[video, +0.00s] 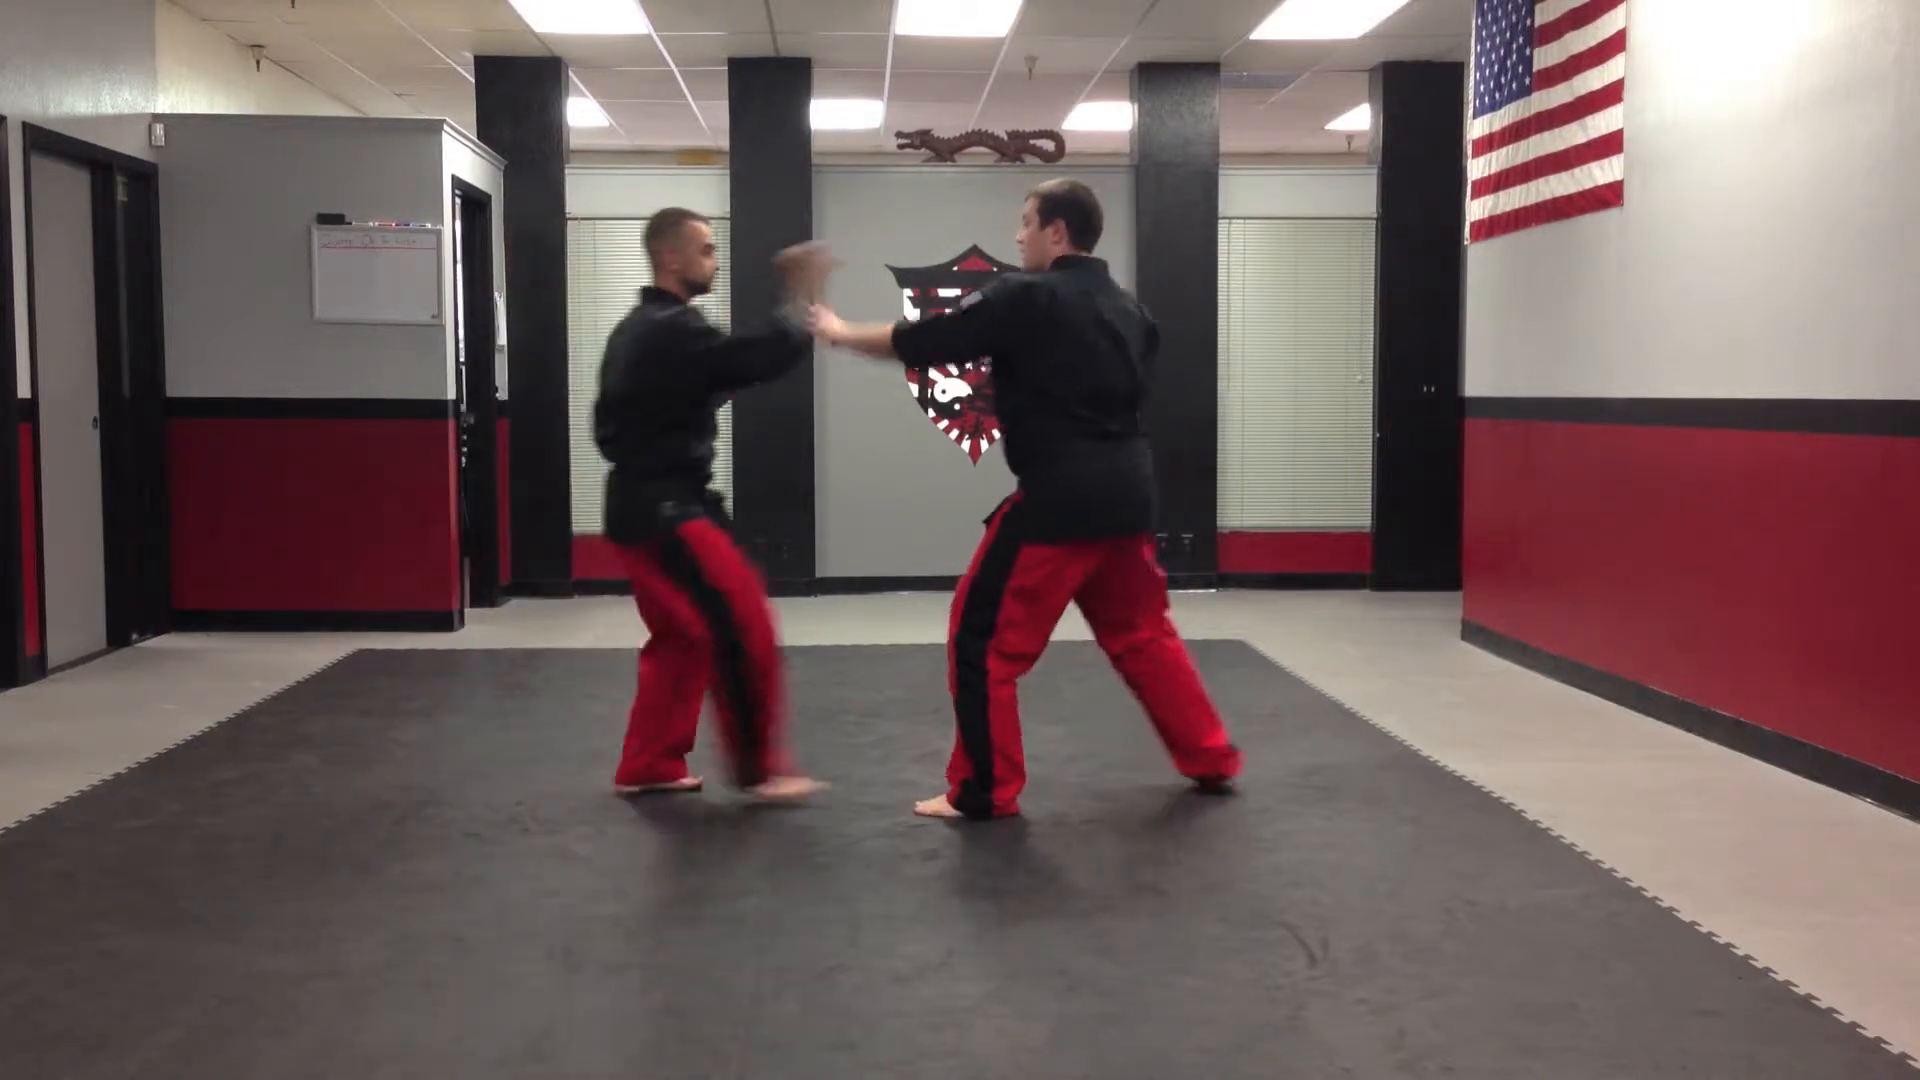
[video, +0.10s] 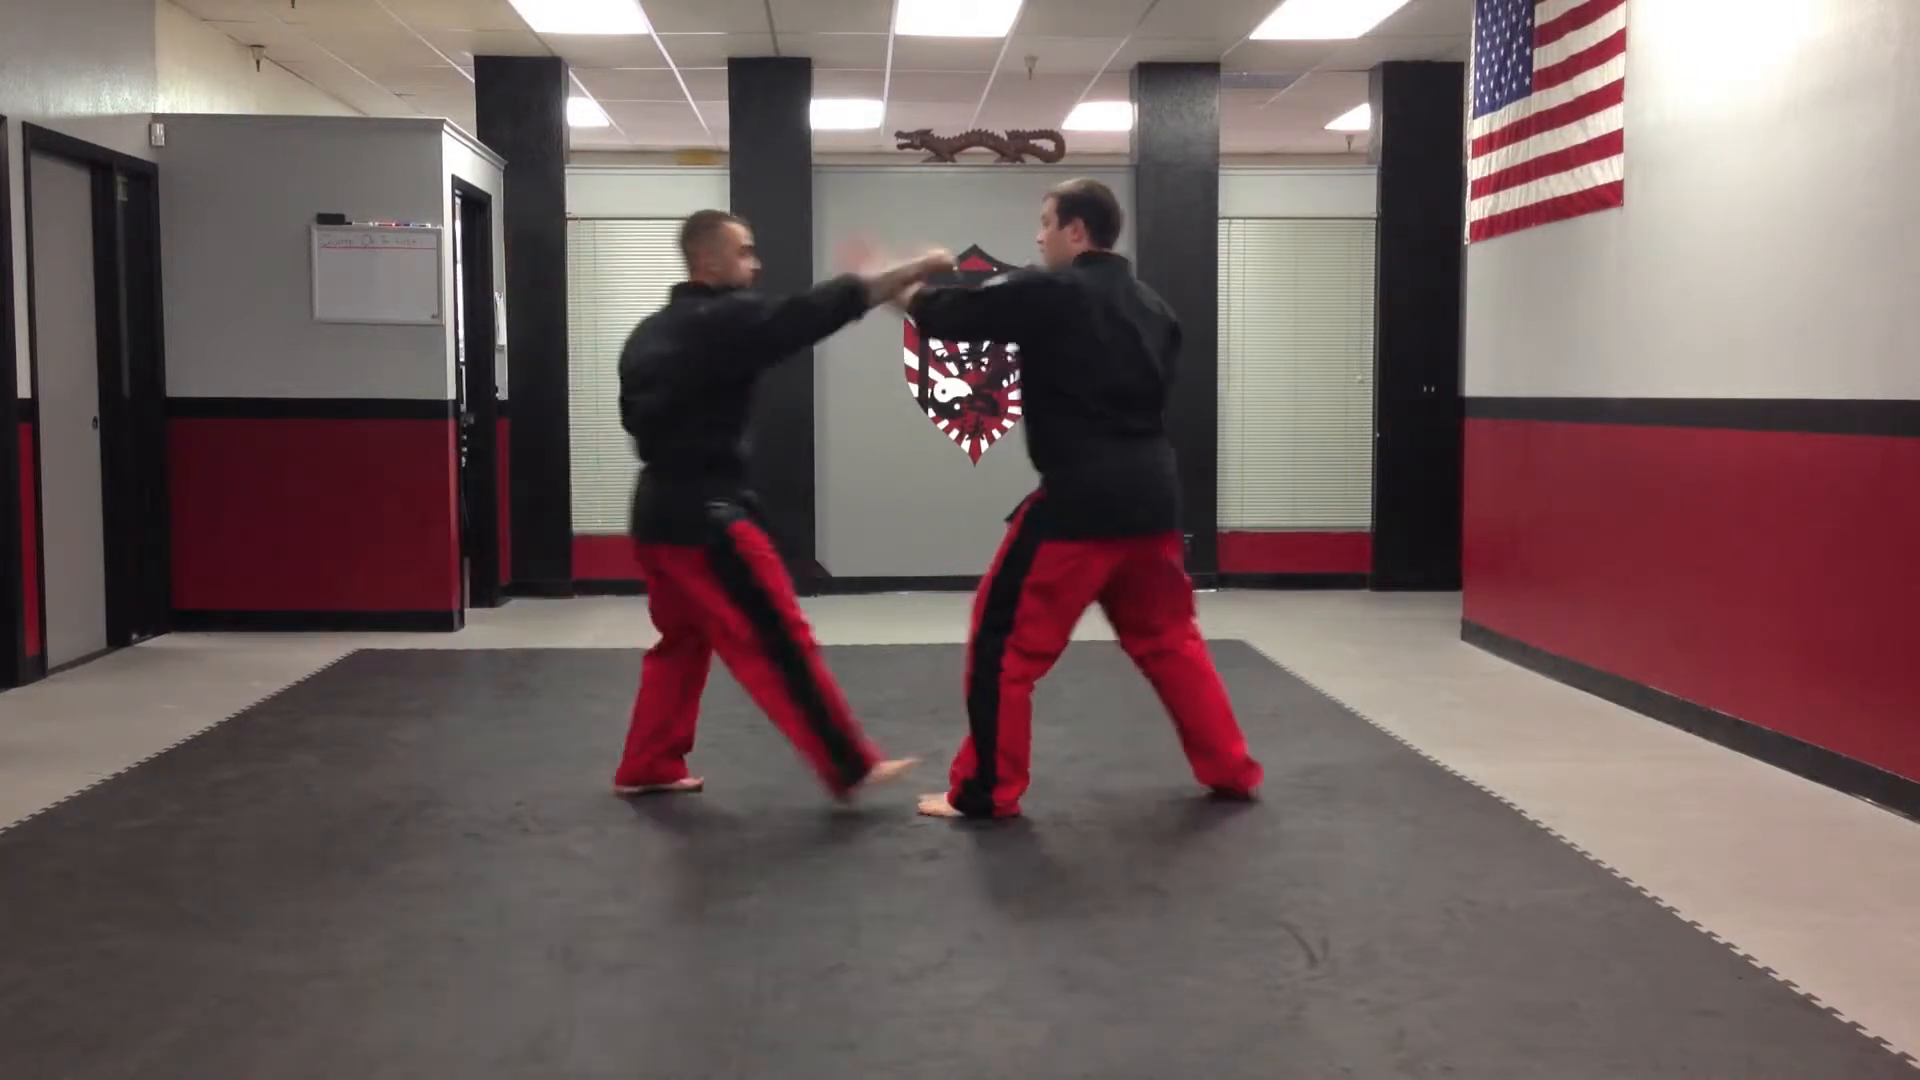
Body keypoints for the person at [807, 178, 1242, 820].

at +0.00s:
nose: (1019, 239)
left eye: (1025, 227)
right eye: (1021, 226)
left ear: (1057, 233)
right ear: (1083, 237)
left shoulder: (1027, 300)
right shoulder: (1127, 309)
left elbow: (928, 341)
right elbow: (1106, 393)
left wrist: (842, 333)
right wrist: (1011, 397)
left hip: (1051, 503)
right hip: (1126, 500)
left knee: (982, 638)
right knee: (1141, 632)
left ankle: (983, 793)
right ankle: (1213, 761)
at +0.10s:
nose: (1039, 239)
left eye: (1045, 226)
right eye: (1041, 226)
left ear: (1075, 231)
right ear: (1103, 234)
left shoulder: (1048, 291)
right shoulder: (1153, 307)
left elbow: (951, 313)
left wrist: (915, 287)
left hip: (1074, 504)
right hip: (1151, 503)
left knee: (1003, 644)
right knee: (1169, 637)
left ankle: (987, 794)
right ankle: (1233, 772)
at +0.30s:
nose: (1066, 252)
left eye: (1072, 239)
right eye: (1067, 240)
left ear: (1103, 240)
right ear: (1131, 242)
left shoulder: (1086, 307)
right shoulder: (1195, 309)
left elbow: (1022, 376)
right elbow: (1229, 403)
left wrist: (986, 315)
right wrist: (1162, 410)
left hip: (1103, 509)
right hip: (1187, 508)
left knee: (1037, 638)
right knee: (1195, 642)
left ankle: (1038, 779)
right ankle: (1232, 775)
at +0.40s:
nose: (1068, 258)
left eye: (1073, 245)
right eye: (1068, 245)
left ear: (1105, 245)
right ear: (1132, 248)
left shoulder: (1095, 314)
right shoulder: (1199, 312)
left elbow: (1062, 401)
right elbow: (1239, 405)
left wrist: (1007, 369)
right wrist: (1171, 386)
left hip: (1106, 512)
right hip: (1189, 512)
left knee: (1044, 636)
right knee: (1195, 643)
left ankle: (1036, 774)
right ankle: (1232, 776)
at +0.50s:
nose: (1058, 261)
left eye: (1065, 248)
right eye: (1060, 249)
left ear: (1097, 250)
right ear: (1118, 253)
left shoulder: (1084, 318)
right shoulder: (1190, 316)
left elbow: (1033, 402)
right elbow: (1231, 407)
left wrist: (996, 374)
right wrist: (1168, 392)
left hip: (1104, 515)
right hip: (1188, 514)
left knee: (1044, 643)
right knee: (1196, 644)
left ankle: (1014, 776)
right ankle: (1234, 776)